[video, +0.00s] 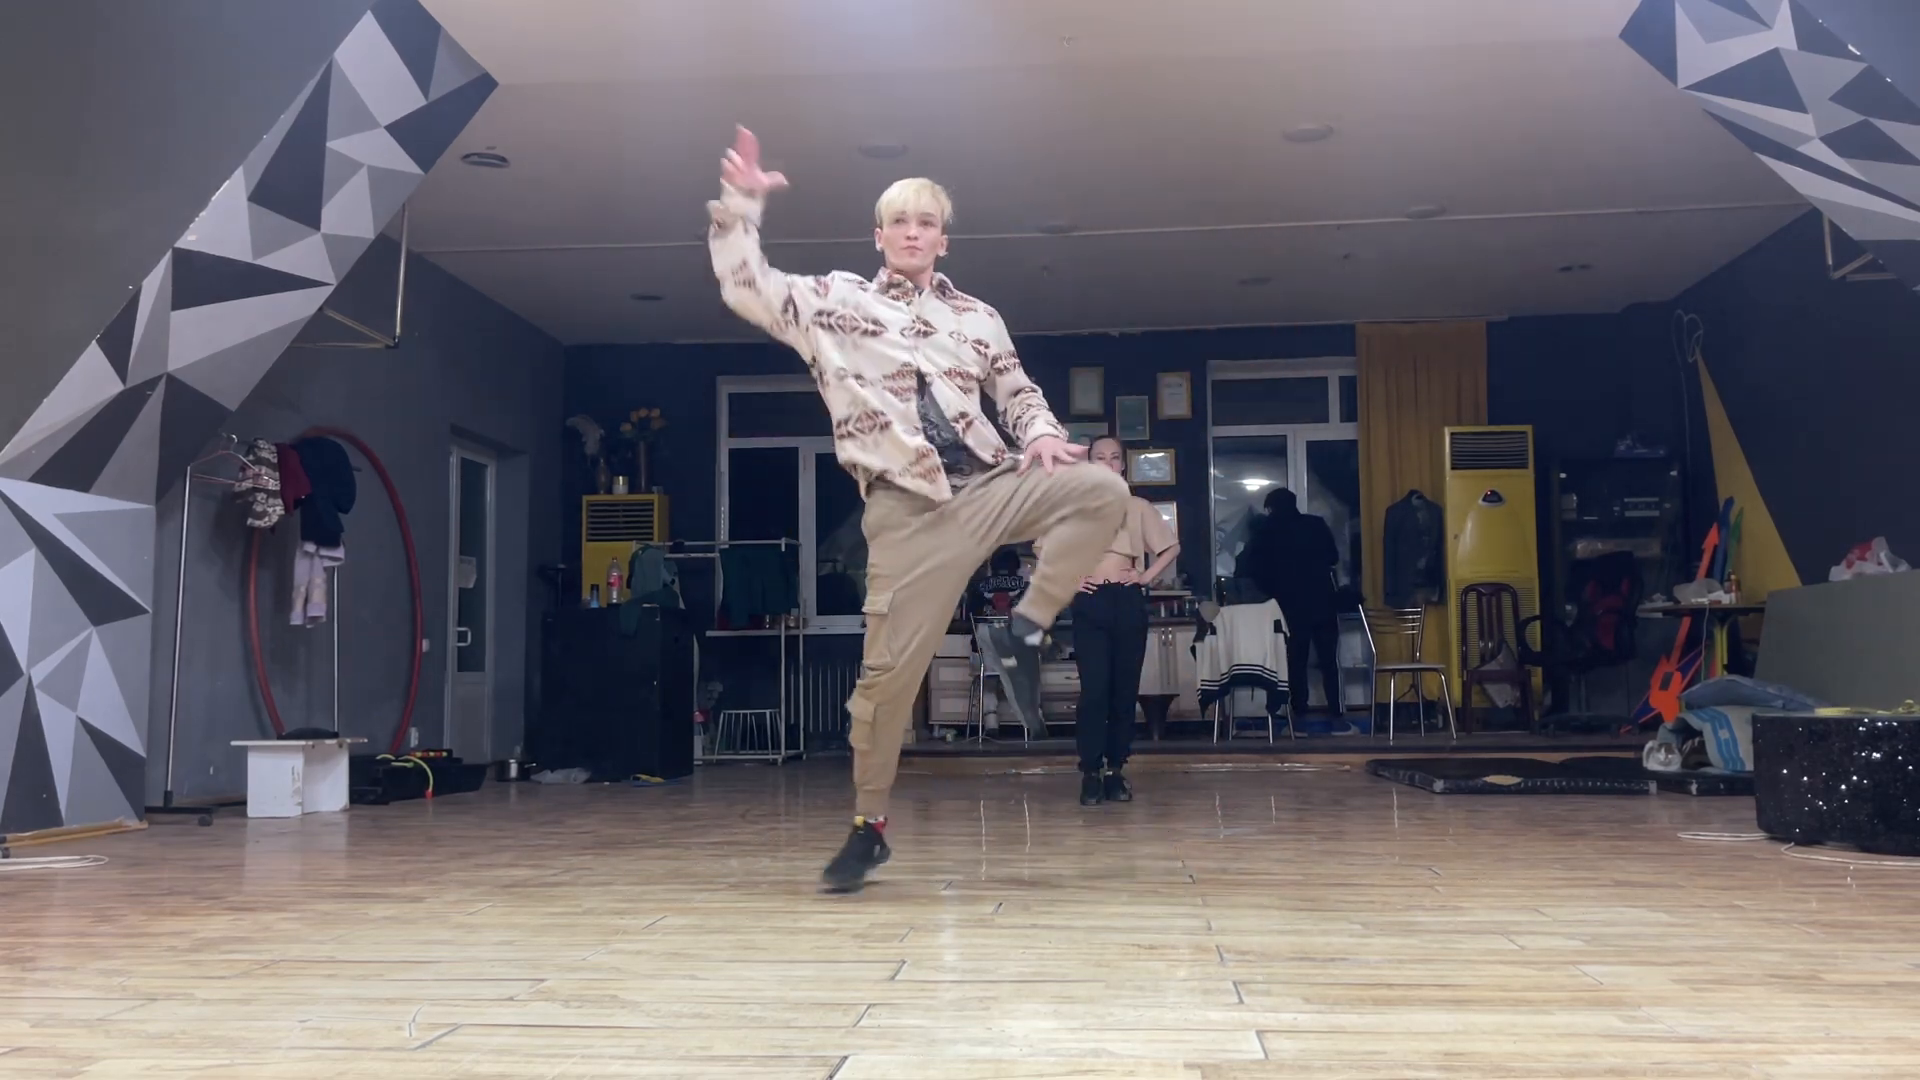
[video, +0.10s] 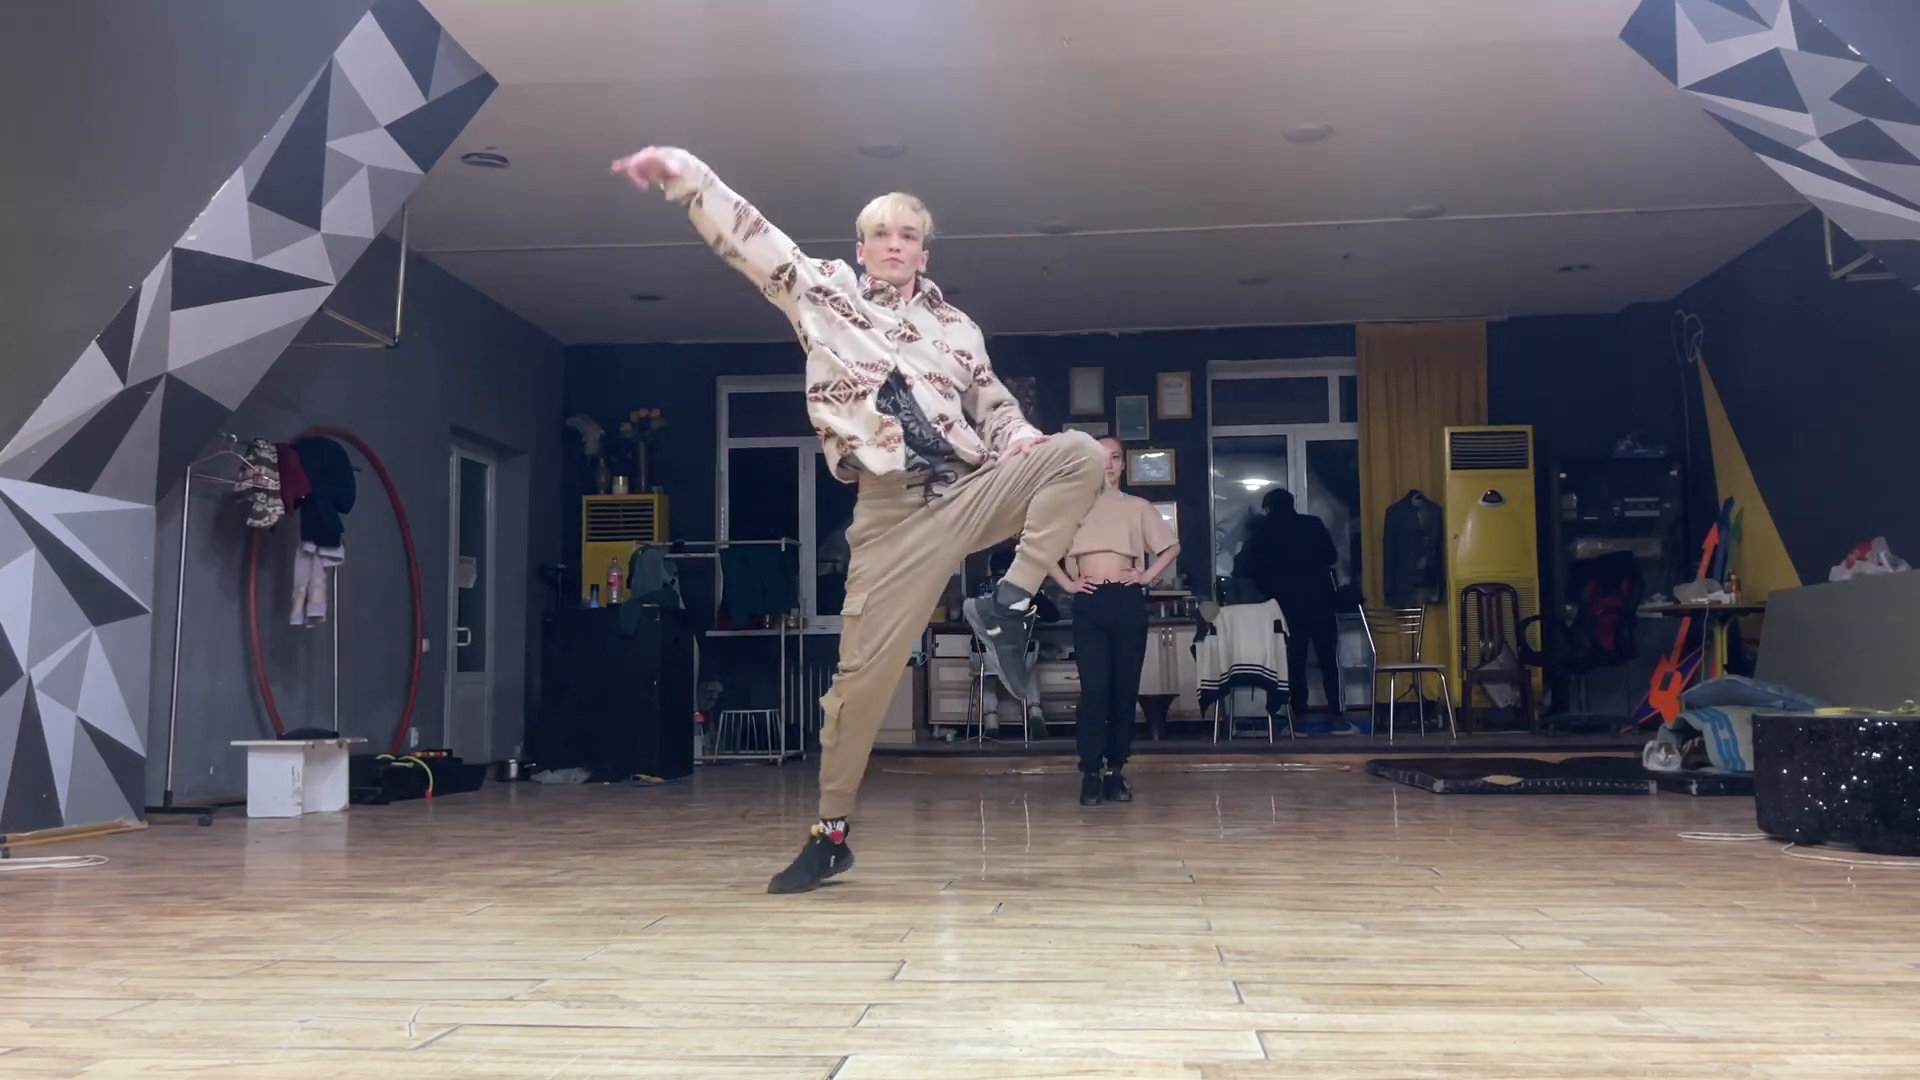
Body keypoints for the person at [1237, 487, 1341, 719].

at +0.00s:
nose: (1269, 513)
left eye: (1269, 509)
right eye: (1269, 509)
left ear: (1272, 508)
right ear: (1294, 504)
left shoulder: (1266, 530)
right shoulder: (1316, 524)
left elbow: (1254, 568)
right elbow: (1332, 557)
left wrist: (1272, 590)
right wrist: (1311, 566)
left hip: (1288, 603)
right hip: (1321, 600)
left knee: (1296, 662)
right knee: (1329, 661)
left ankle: (1298, 718)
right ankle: (1337, 718)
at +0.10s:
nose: (1266, 512)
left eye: (1266, 508)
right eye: (1268, 508)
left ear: (1268, 508)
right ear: (1292, 504)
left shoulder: (1263, 531)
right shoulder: (1313, 523)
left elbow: (1252, 569)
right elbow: (1330, 557)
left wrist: (1269, 591)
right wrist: (1310, 566)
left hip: (1287, 603)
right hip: (1319, 601)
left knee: (1295, 662)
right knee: (1329, 661)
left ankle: (1298, 718)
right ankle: (1337, 719)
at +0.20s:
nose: (1265, 512)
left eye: (1265, 508)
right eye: (1267, 508)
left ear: (1267, 508)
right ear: (1290, 505)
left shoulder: (1261, 531)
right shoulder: (1311, 523)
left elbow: (1256, 572)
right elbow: (1330, 557)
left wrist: (1272, 594)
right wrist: (1308, 559)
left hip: (1286, 604)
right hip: (1319, 600)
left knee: (1294, 663)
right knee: (1328, 660)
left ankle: (1297, 719)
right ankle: (1336, 716)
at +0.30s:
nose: (1264, 512)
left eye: (1264, 508)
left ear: (1265, 508)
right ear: (1288, 505)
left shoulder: (1259, 532)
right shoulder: (1309, 523)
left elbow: (1253, 572)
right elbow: (1329, 556)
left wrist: (1272, 593)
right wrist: (1307, 556)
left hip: (1285, 604)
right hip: (1319, 600)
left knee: (1294, 662)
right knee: (1328, 660)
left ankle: (1297, 718)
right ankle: (1336, 715)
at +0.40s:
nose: (1264, 513)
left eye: (1263, 509)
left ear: (1264, 509)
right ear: (1287, 505)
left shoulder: (1259, 532)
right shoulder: (1308, 523)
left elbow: (1251, 571)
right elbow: (1328, 555)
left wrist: (1271, 593)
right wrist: (1307, 561)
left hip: (1285, 604)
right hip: (1319, 599)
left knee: (1294, 663)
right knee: (1328, 660)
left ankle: (1297, 719)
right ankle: (1336, 716)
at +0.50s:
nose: (1262, 513)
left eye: (1262, 509)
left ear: (1262, 509)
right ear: (1286, 504)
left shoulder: (1257, 533)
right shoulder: (1307, 523)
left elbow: (1242, 567)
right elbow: (1328, 555)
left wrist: (1268, 591)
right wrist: (1306, 557)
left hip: (1284, 604)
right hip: (1318, 600)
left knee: (1293, 663)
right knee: (1328, 660)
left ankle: (1297, 719)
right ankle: (1336, 717)